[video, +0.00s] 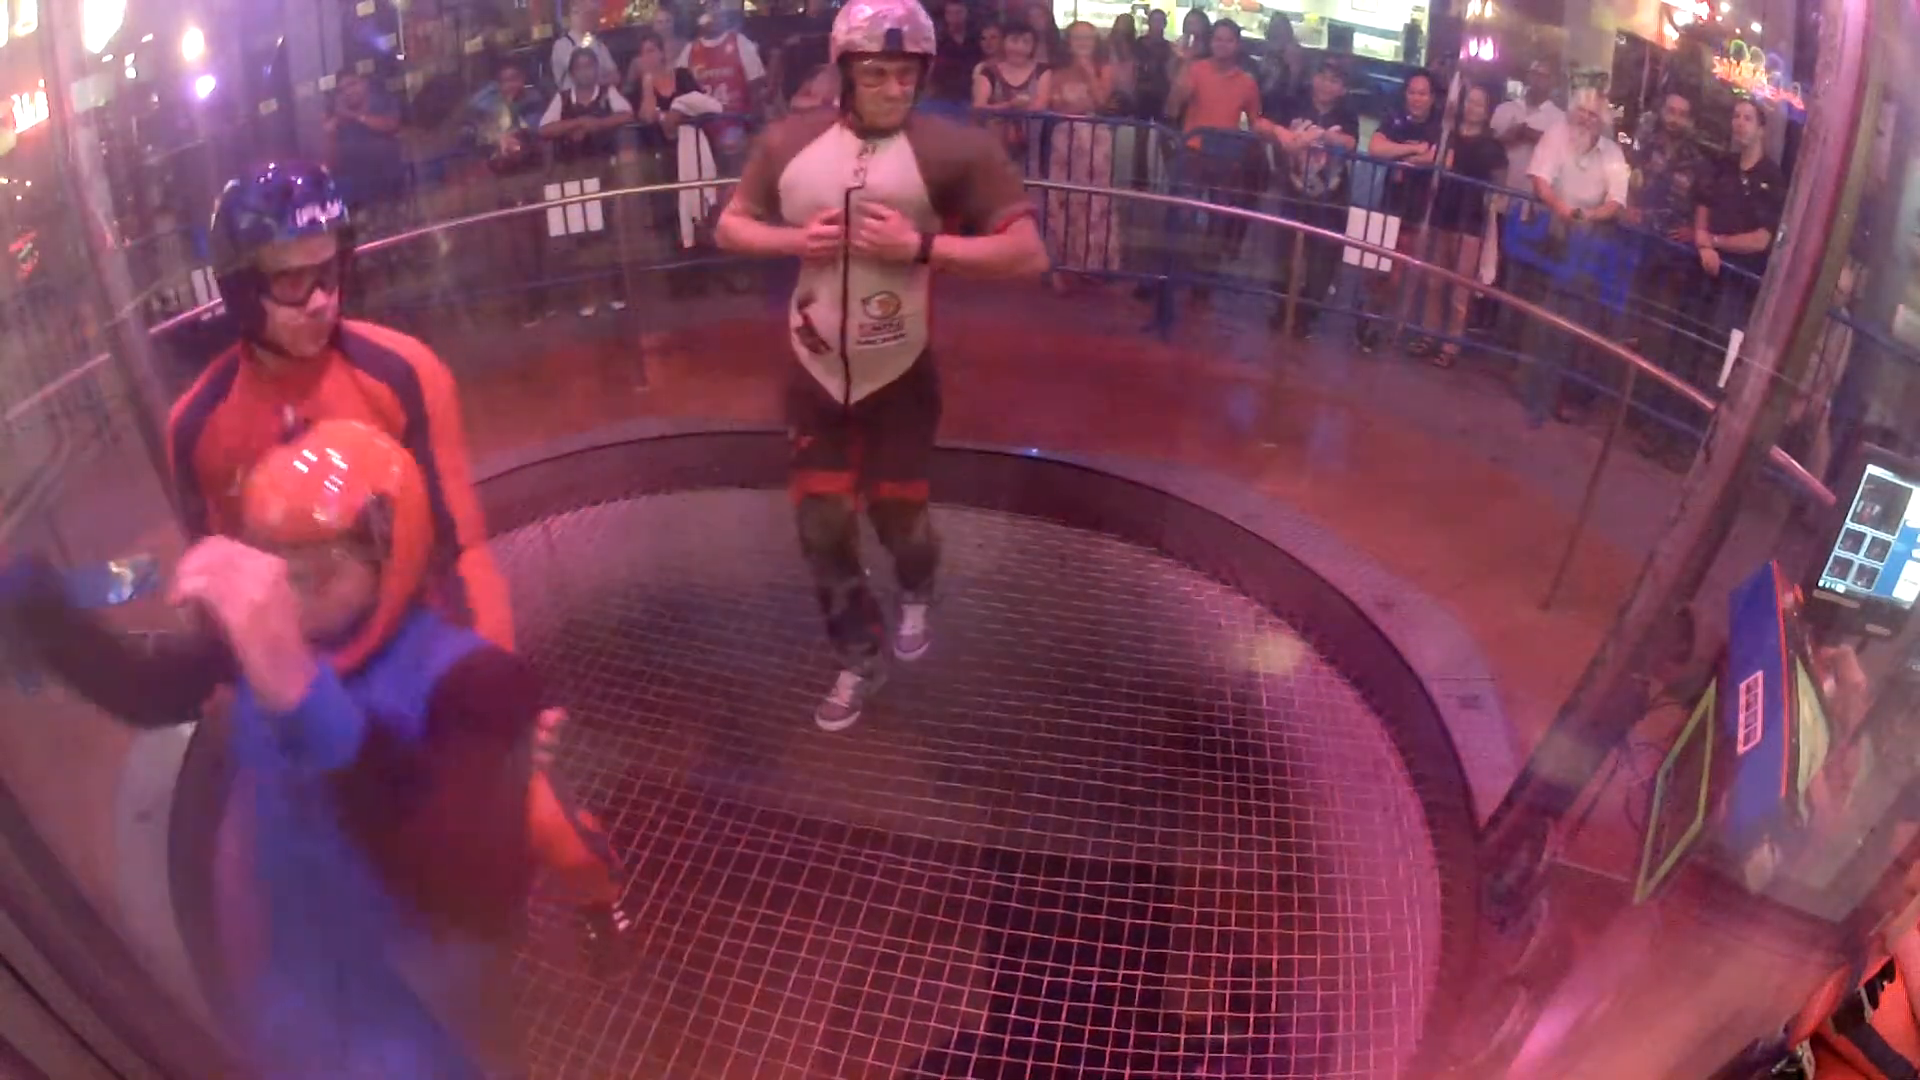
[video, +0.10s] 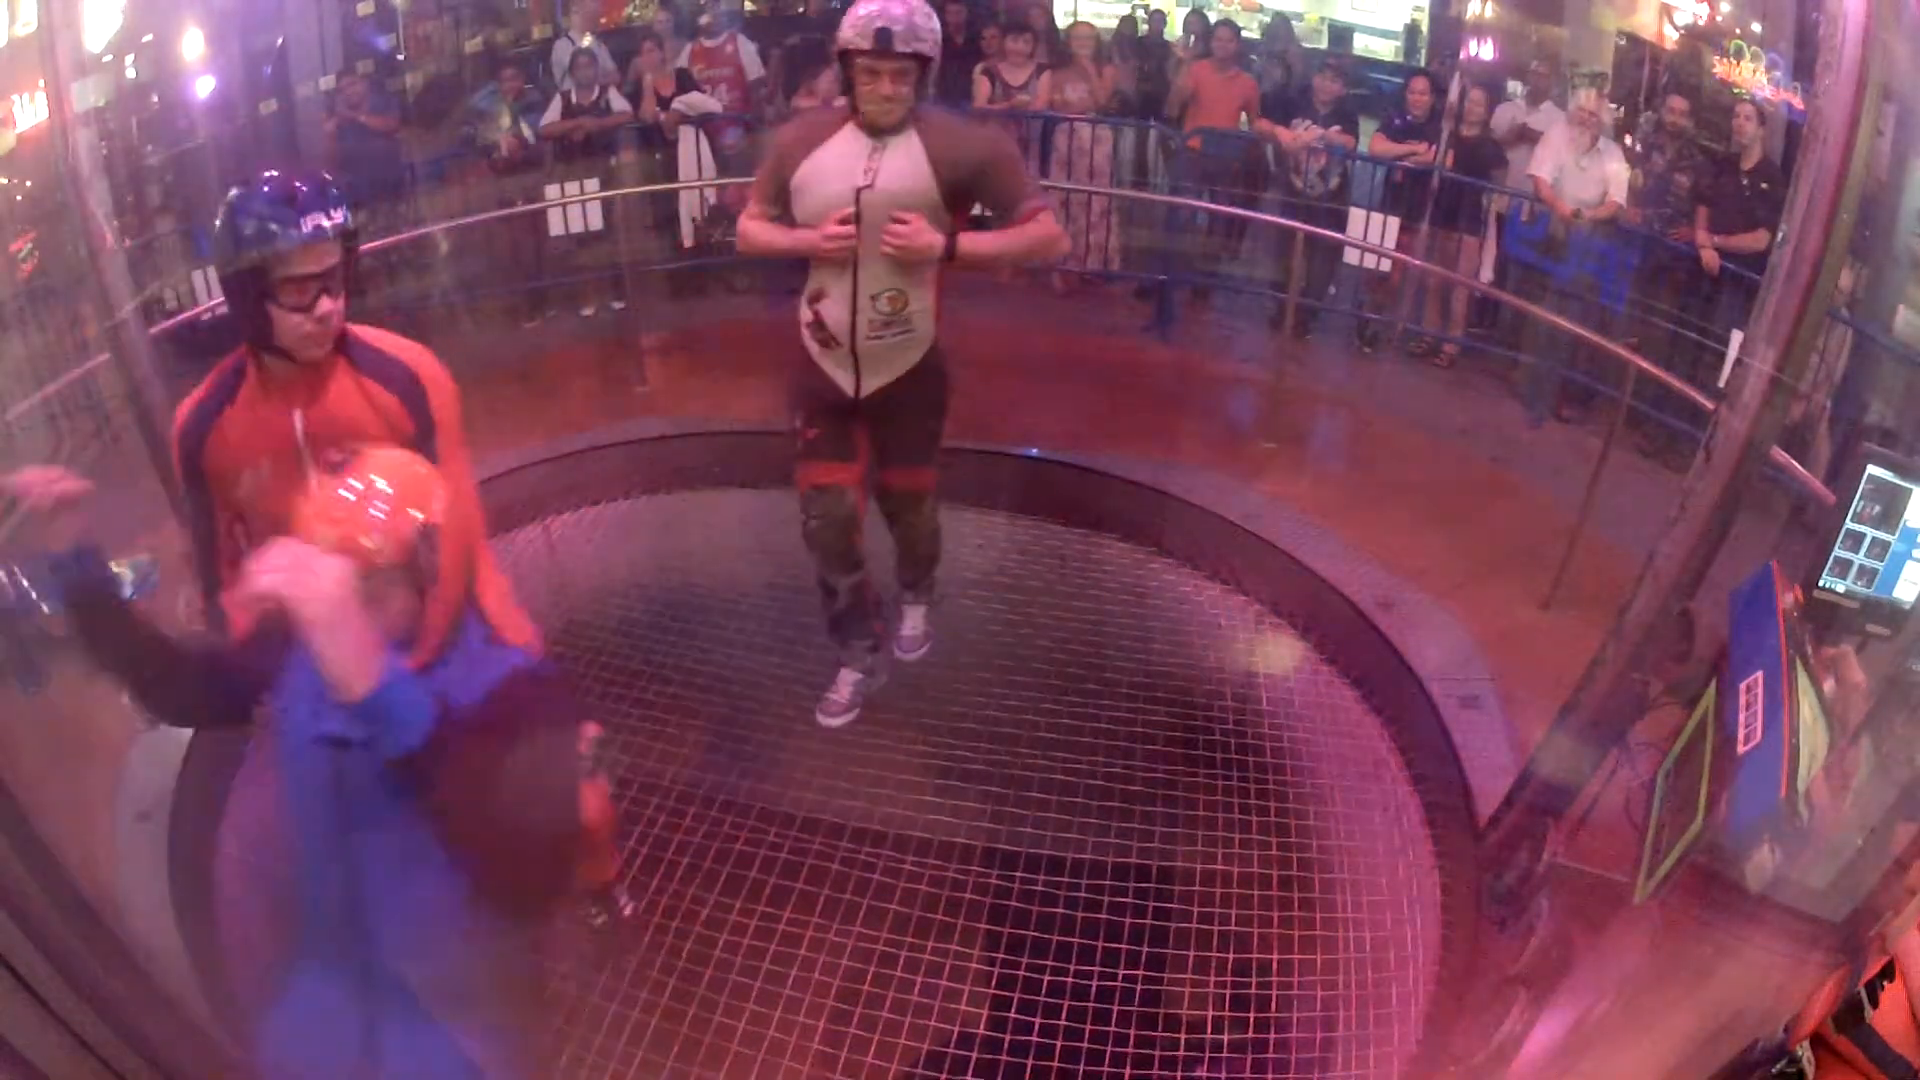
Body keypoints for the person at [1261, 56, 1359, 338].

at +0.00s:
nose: (1325, 85)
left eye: (1333, 81)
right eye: (1322, 78)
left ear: (1343, 90)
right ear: (1312, 79)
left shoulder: (1345, 114)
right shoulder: (1295, 107)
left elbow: (1350, 144)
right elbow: (1264, 126)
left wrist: (1323, 135)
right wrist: (1290, 138)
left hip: (1329, 195)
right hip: (1293, 189)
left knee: (1323, 256)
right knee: (1286, 248)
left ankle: (1307, 314)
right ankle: (1281, 306)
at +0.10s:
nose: (1328, 86)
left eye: (1335, 82)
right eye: (1324, 79)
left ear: (1344, 89)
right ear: (1314, 78)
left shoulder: (1346, 113)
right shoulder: (1294, 102)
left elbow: (1350, 143)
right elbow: (1261, 123)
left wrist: (1323, 135)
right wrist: (1286, 136)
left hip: (1330, 196)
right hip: (1293, 189)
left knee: (1323, 256)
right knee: (1286, 247)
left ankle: (1307, 314)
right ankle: (1281, 305)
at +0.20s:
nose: (1328, 86)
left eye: (1336, 82)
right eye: (1325, 79)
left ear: (1344, 89)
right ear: (1314, 79)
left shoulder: (1346, 114)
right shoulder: (1295, 104)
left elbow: (1350, 144)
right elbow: (1260, 124)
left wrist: (1323, 135)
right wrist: (1284, 135)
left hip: (1329, 197)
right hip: (1293, 191)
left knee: (1323, 256)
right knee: (1286, 248)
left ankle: (1308, 313)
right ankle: (1281, 306)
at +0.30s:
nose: (1325, 85)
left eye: (1333, 81)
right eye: (1322, 78)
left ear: (1343, 90)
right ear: (1313, 78)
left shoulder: (1346, 114)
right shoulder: (1294, 103)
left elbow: (1351, 144)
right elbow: (1261, 124)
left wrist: (1324, 135)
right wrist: (1285, 136)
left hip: (1330, 195)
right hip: (1293, 188)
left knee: (1323, 254)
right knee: (1286, 247)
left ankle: (1308, 312)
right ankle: (1281, 305)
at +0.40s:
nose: (1326, 86)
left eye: (1334, 82)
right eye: (1323, 78)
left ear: (1343, 89)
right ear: (1313, 79)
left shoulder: (1346, 114)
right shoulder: (1292, 102)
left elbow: (1351, 143)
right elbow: (1260, 123)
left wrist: (1324, 135)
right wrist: (1285, 136)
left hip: (1329, 194)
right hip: (1292, 187)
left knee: (1324, 254)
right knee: (1284, 246)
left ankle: (1308, 312)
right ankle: (1280, 305)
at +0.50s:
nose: (1326, 86)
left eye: (1333, 82)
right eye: (1322, 78)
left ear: (1343, 89)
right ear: (1313, 78)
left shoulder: (1346, 112)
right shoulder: (1294, 102)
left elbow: (1351, 143)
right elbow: (1261, 124)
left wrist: (1324, 135)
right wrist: (1285, 135)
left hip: (1330, 195)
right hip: (1293, 189)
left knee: (1323, 255)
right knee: (1285, 247)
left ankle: (1308, 314)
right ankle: (1281, 305)